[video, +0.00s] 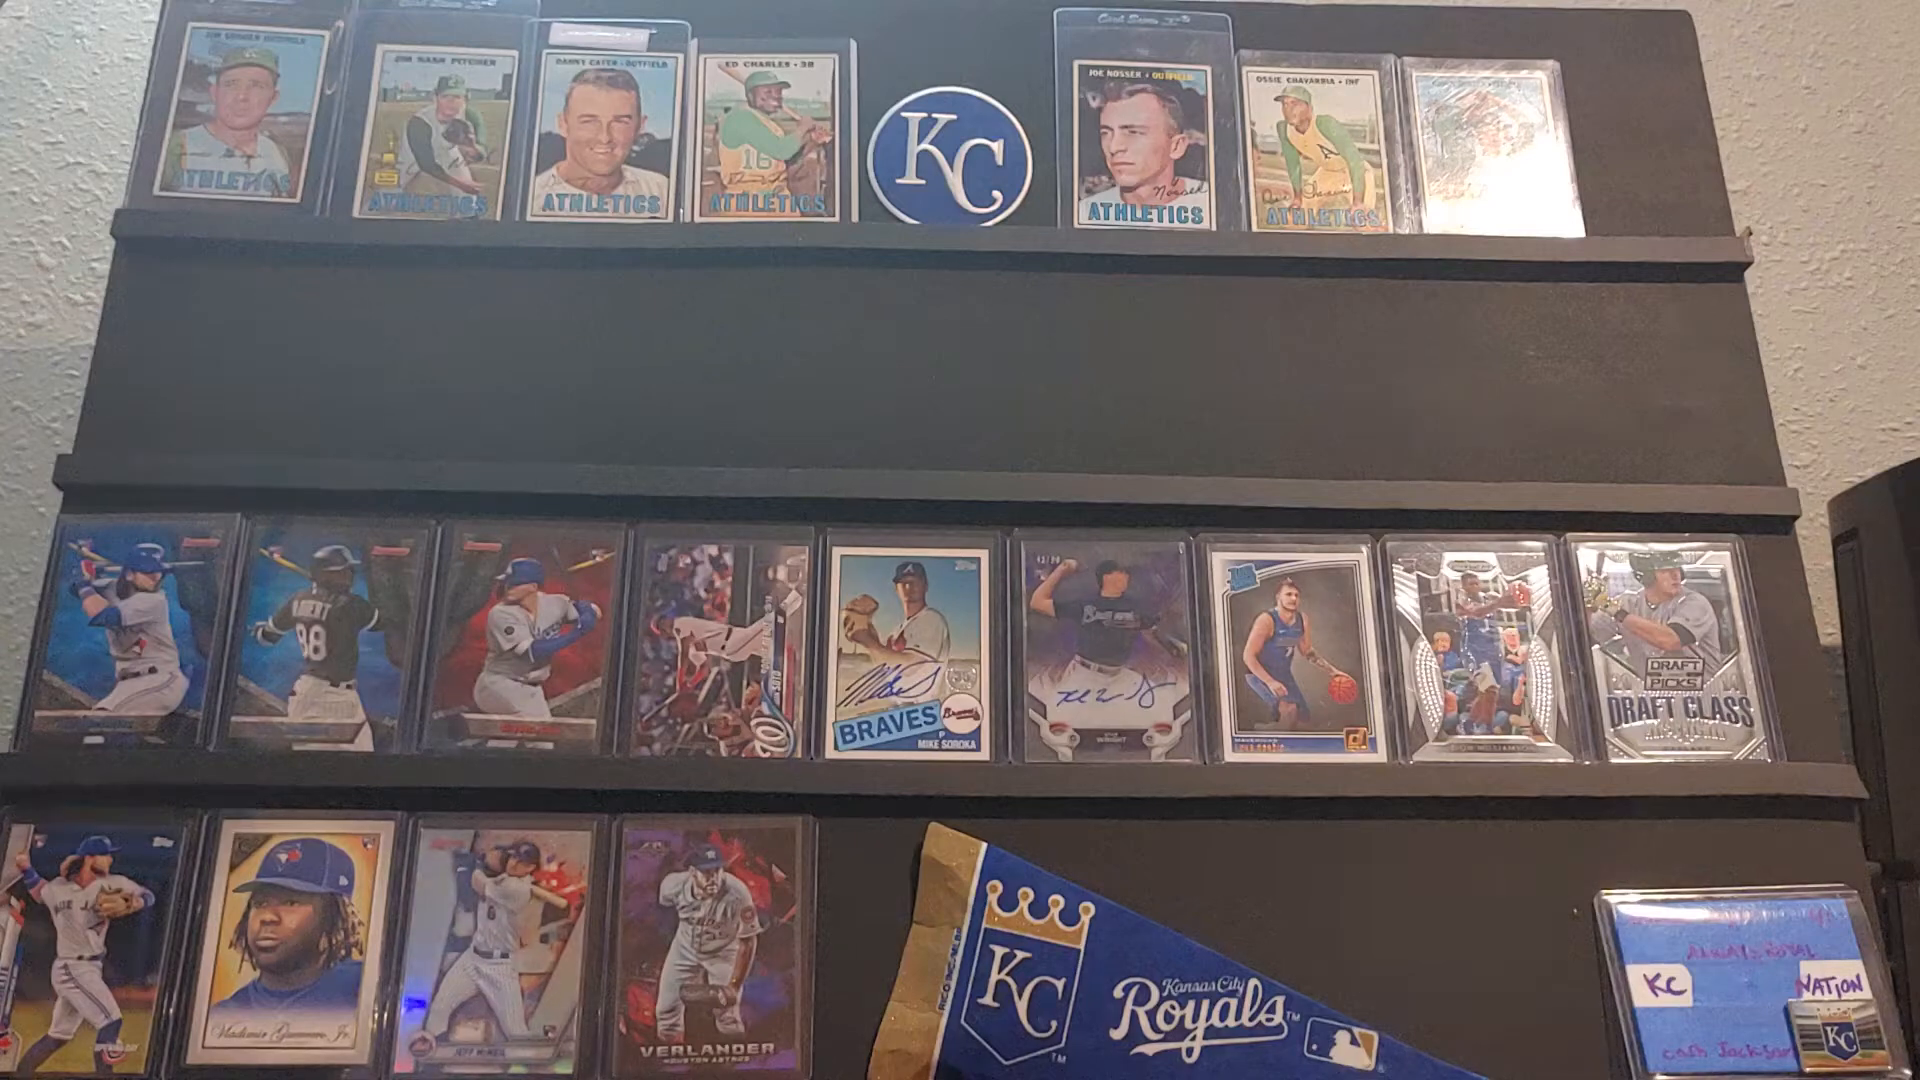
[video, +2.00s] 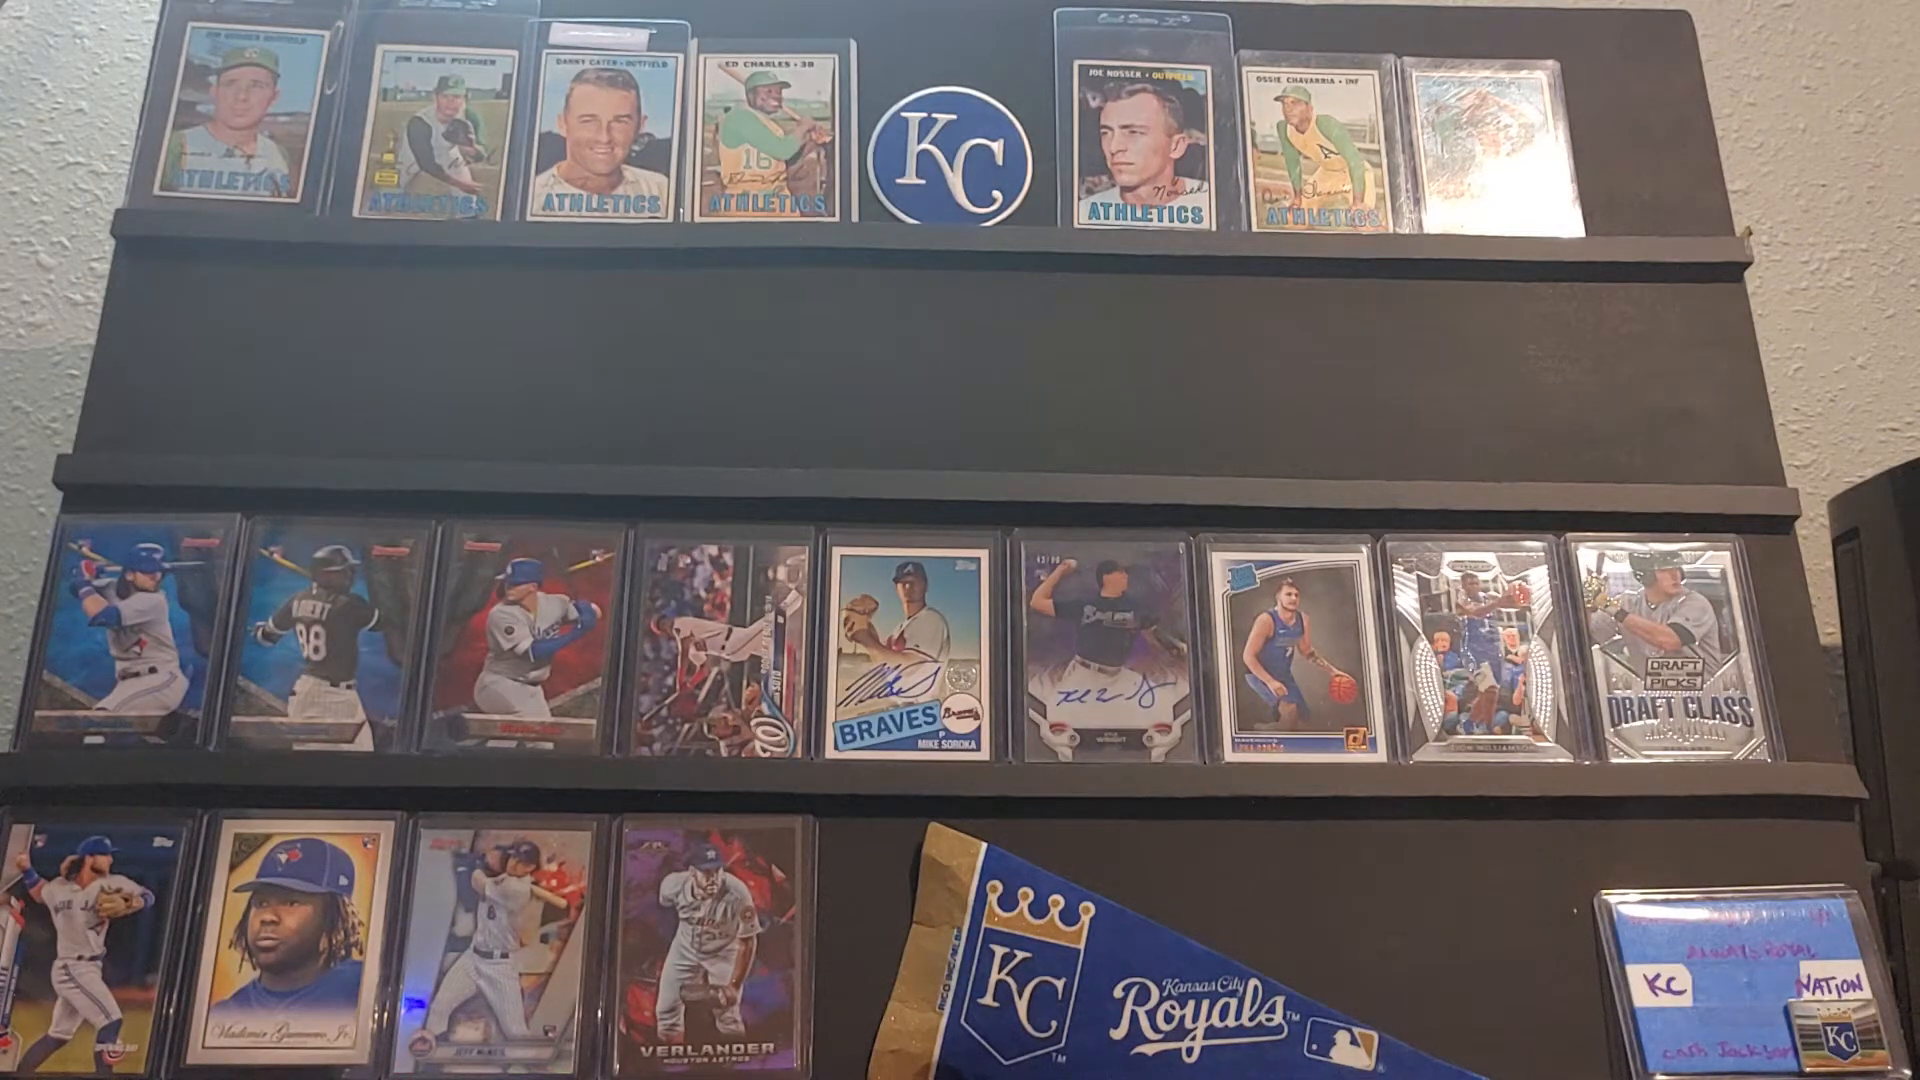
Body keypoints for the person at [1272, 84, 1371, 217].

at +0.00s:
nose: (1288, 109)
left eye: (1294, 104)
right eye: (1284, 104)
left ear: (1309, 108)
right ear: (1281, 108)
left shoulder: (1326, 123)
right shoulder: (1283, 129)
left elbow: (1355, 160)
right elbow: (1293, 164)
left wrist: (1358, 203)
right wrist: (1297, 198)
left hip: (1355, 172)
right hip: (1327, 172)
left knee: (1361, 219)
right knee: (1303, 208)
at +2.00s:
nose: (1288, 109)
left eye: (1294, 103)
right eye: (1284, 104)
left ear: (1309, 107)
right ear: (1281, 107)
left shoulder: (1326, 124)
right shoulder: (1284, 129)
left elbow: (1355, 161)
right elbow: (1293, 163)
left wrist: (1358, 202)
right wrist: (1297, 197)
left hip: (1354, 173)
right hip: (1327, 172)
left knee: (1361, 220)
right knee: (1301, 208)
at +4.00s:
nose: (1288, 109)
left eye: (1294, 103)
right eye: (1285, 104)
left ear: (1308, 107)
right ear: (1282, 108)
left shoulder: (1326, 123)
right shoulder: (1283, 128)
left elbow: (1355, 160)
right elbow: (1292, 162)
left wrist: (1358, 203)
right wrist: (1297, 197)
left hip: (1354, 172)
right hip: (1326, 172)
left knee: (1361, 219)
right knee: (1304, 210)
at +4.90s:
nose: (1288, 109)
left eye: (1294, 103)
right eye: (1284, 104)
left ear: (1308, 106)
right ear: (1281, 108)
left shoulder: (1327, 124)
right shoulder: (1284, 128)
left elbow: (1355, 159)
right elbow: (1293, 163)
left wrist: (1358, 202)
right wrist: (1297, 196)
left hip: (1354, 173)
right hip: (1327, 172)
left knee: (1360, 218)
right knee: (1302, 209)